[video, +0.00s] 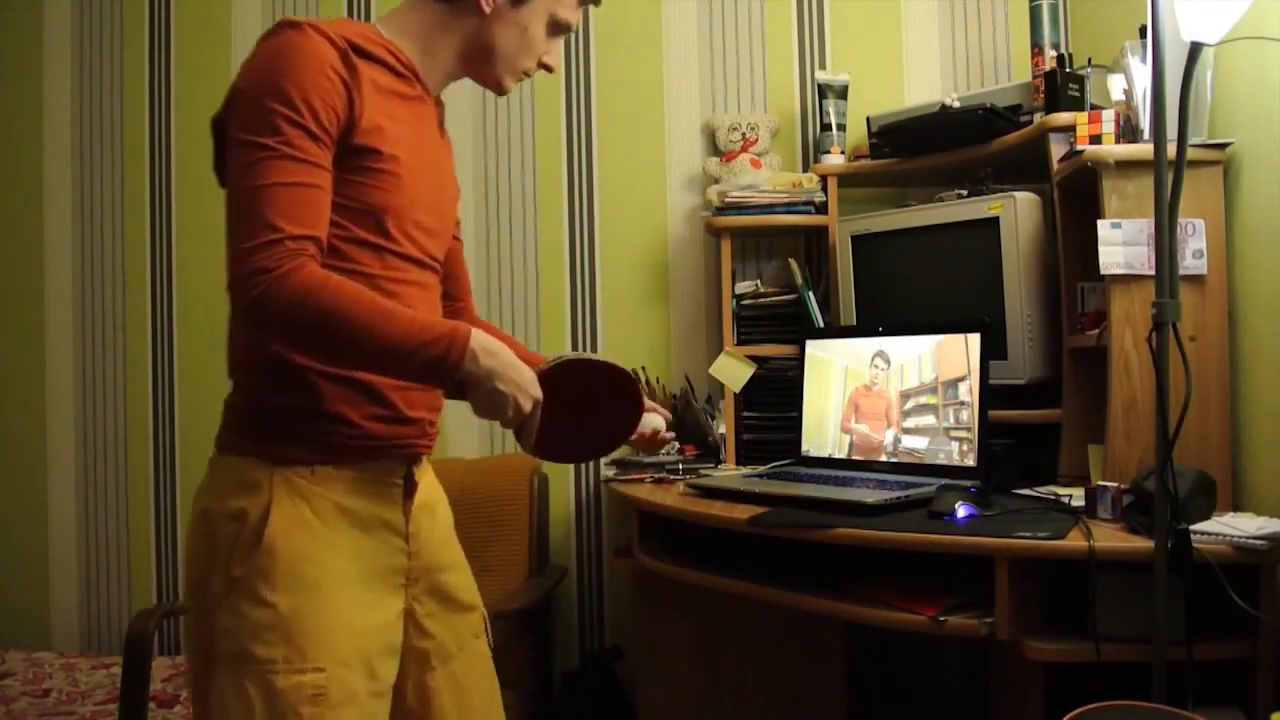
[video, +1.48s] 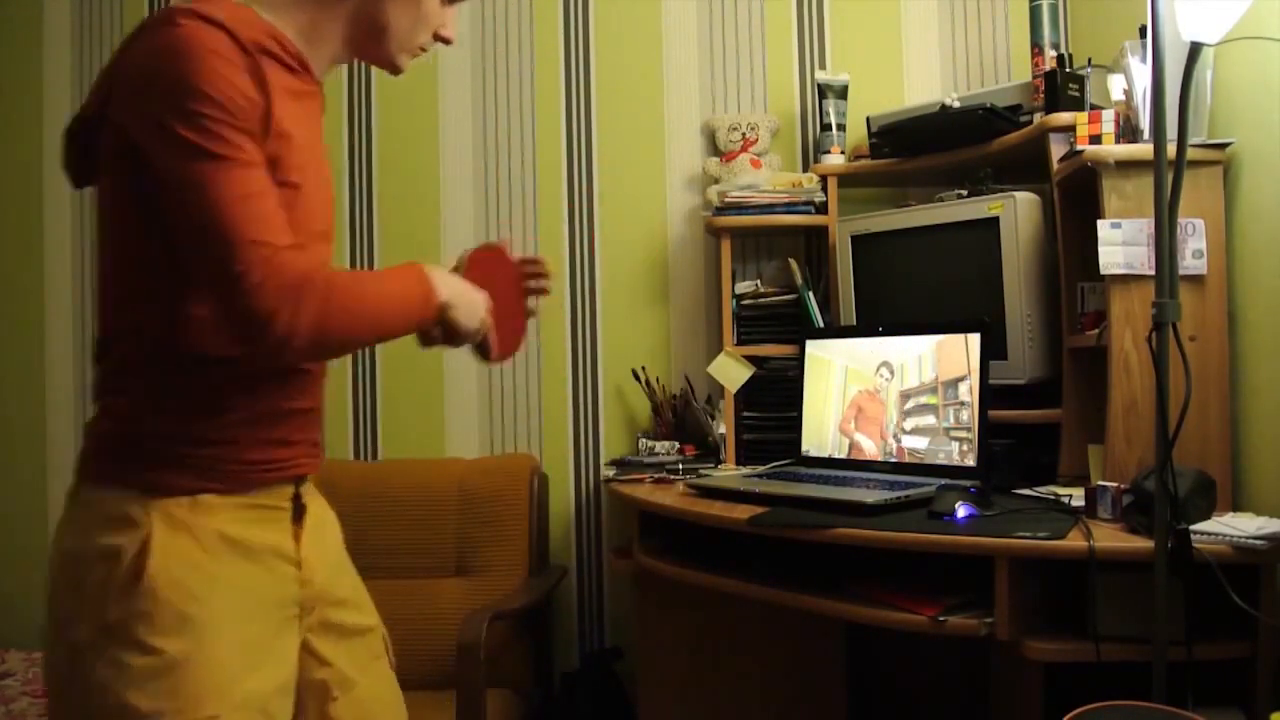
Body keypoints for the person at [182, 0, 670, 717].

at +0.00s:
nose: (552, 61)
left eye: (563, 39)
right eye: (556, 28)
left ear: (496, 7)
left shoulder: (425, 117)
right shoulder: (308, 57)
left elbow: (455, 322)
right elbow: (271, 276)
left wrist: (588, 403)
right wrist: (458, 355)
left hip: (409, 502)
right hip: (293, 505)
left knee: (462, 712)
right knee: (298, 711)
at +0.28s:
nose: (478, 33)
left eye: (486, 12)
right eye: (477, 2)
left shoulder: (355, 110)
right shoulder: (208, 39)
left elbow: (406, 315)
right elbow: (147, 278)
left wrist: (561, 307)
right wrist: (365, 358)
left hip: (349, 513)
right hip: (217, 517)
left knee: (413, 708)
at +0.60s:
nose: (468, 27)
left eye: (476, 6)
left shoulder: (333, 111)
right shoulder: (182, 47)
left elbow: (311, 306)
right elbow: (26, 256)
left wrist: (466, 361)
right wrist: (191, 416)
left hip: (321, 524)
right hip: (189, 533)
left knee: (416, 707)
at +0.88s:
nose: (497, 56)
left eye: (507, 33)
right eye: (498, 23)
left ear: (427, 5)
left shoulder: (331, 92)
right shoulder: (281, 89)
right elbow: (341, 334)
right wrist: (537, 392)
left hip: (333, 514)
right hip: (246, 526)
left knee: (418, 712)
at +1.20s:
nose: (511, 44)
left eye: (520, 21)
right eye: (513, 12)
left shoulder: (356, 76)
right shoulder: (304, 61)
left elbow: (404, 286)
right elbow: (433, 272)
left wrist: (541, 253)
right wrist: (558, 234)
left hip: (347, 490)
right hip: (260, 495)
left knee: (399, 711)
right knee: (267, 710)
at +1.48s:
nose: (450, 29)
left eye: (457, 8)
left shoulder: (285, 75)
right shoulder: (190, 57)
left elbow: (294, 301)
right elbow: (274, 307)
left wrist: (453, 300)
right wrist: (431, 289)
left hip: (290, 524)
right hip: (173, 539)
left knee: (369, 709)